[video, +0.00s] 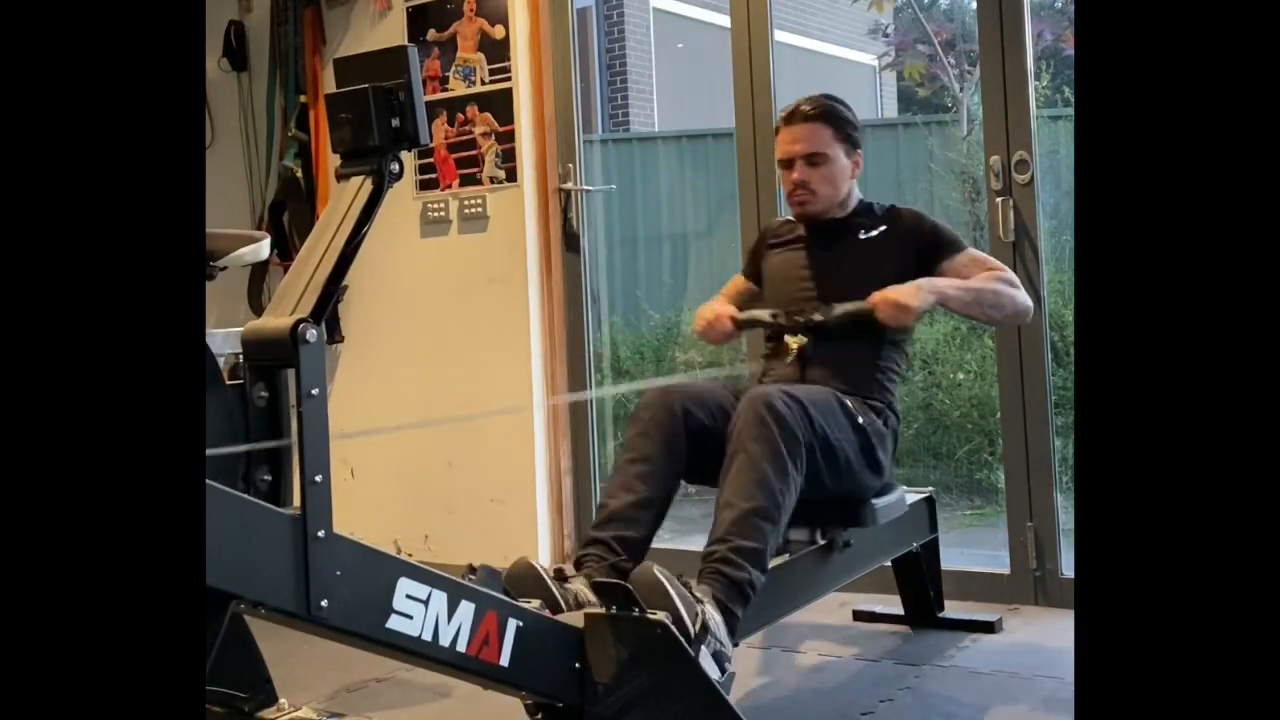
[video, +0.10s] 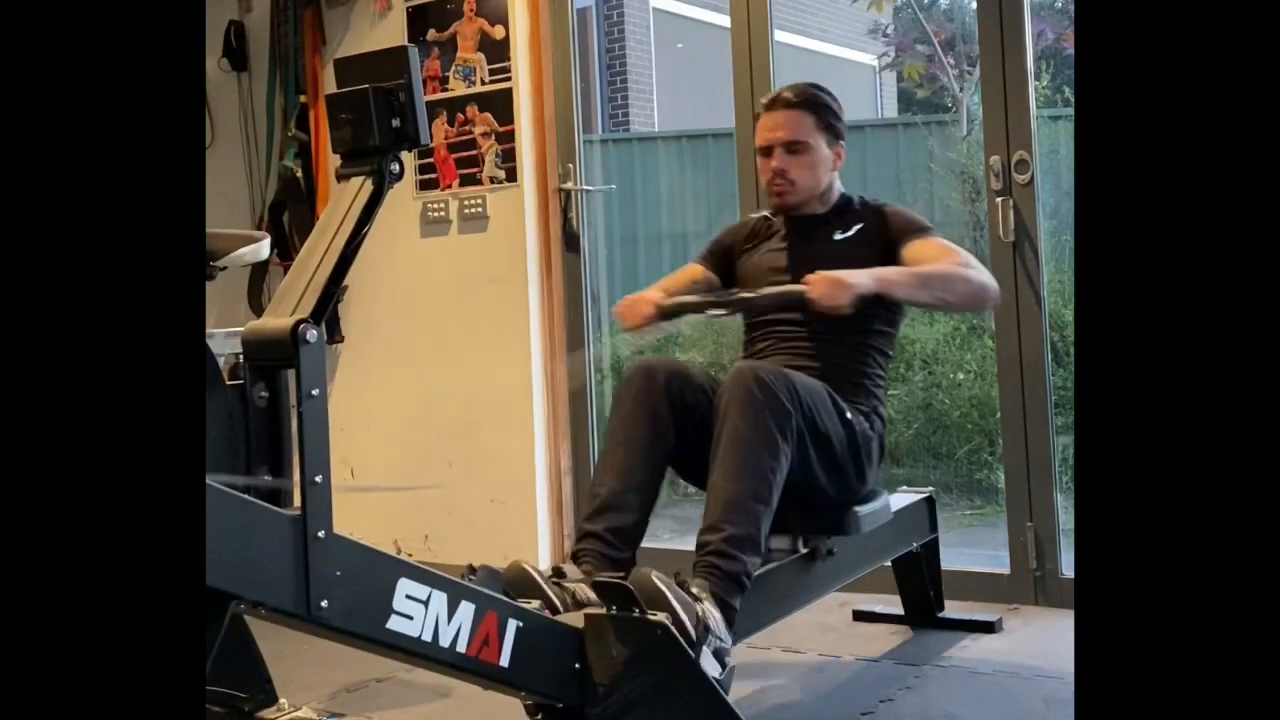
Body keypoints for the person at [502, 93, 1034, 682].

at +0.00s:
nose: (794, 178)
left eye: (812, 162)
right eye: (785, 164)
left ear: (854, 163)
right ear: (779, 169)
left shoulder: (905, 233)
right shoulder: (773, 243)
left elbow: (1016, 301)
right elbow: (730, 304)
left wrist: (931, 290)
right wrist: (716, 315)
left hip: (857, 429)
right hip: (764, 421)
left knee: (769, 404)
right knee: (666, 401)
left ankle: (716, 615)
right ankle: (593, 583)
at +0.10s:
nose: (776, 166)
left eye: (793, 150)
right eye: (765, 153)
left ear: (836, 153)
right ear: (756, 162)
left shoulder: (883, 225)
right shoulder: (748, 238)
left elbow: (980, 287)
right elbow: (677, 288)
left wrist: (871, 281)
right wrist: (646, 303)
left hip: (841, 454)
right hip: (745, 443)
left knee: (755, 379)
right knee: (652, 378)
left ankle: (711, 608)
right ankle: (593, 575)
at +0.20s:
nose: (743, 151)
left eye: (761, 133)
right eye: (733, 137)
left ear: (808, 140)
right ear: (723, 145)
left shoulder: (847, 209)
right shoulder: (717, 227)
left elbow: (901, 262)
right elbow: (635, 277)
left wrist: (795, 270)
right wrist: (574, 300)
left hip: (818, 462)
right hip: (726, 459)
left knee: (737, 355)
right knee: (625, 357)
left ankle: (708, 605)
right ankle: (587, 579)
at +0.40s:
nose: (654, 146)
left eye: (678, 127)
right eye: (646, 129)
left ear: (732, 138)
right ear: (638, 139)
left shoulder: (776, 206)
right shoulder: (633, 228)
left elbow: (755, 263)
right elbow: (541, 289)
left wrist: (667, 310)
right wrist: (444, 349)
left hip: (771, 479)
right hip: (671, 478)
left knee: (707, 328)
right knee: (575, 314)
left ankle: (697, 577)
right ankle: (577, 560)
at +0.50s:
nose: (626, 148)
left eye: (650, 129)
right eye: (618, 132)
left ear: (707, 140)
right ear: (610, 139)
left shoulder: (758, 207)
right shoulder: (609, 230)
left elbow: (726, 267)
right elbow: (513, 296)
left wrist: (635, 324)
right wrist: (405, 363)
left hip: (757, 482)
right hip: (654, 480)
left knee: (697, 321)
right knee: (567, 307)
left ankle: (694, 570)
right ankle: (572, 559)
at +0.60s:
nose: (630, 148)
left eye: (654, 129)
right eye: (622, 131)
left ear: (711, 139)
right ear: (614, 138)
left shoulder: (762, 207)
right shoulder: (615, 227)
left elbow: (729, 266)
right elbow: (517, 291)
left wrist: (642, 320)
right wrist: (413, 354)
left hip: (758, 479)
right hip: (656, 476)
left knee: (699, 323)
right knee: (571, 305)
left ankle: (694, 571)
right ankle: (575, 556)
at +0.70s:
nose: (669, 141)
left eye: (693, 123)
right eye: (661, 126)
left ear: (746, 135)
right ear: (653, 136)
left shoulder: (787, 201)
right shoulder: (646, 221)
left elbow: (767, 269)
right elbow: (557, 282)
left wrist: (688, 319)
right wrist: (464, 340)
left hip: (774, 471)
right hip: (684, 469)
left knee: (719, 334)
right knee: (593, 312)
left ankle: (700, 575)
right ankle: (578, 560)